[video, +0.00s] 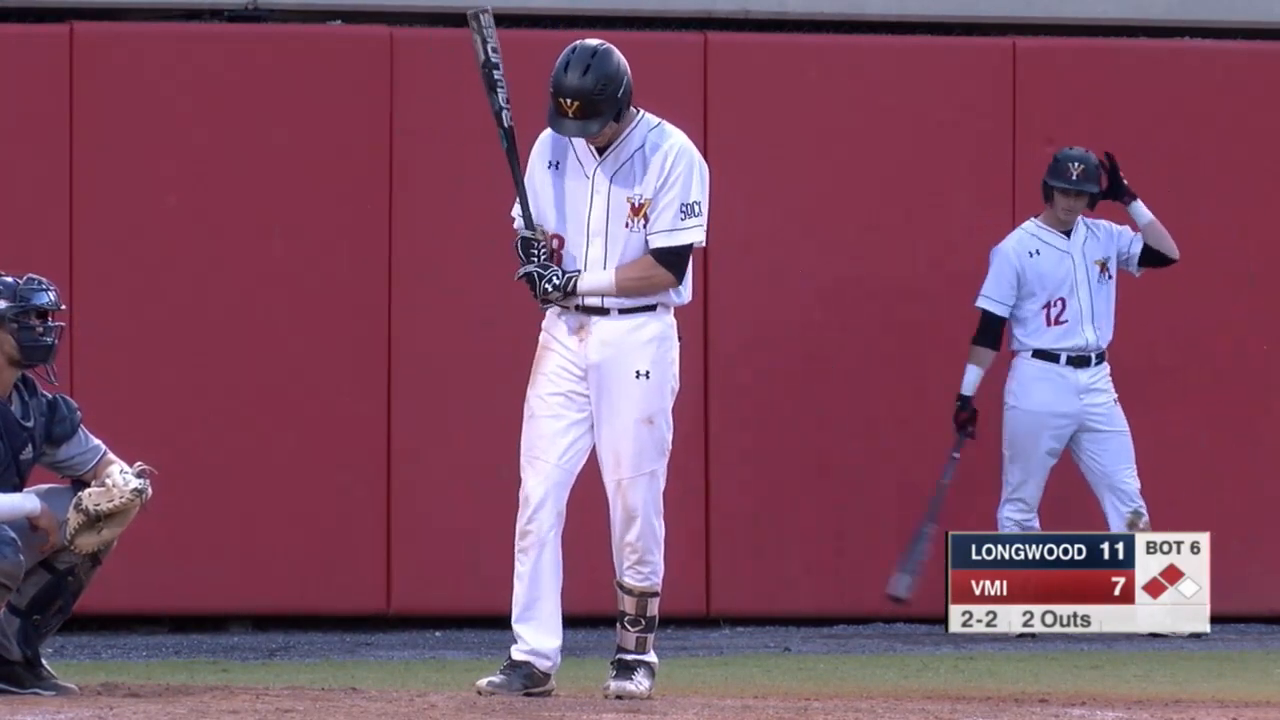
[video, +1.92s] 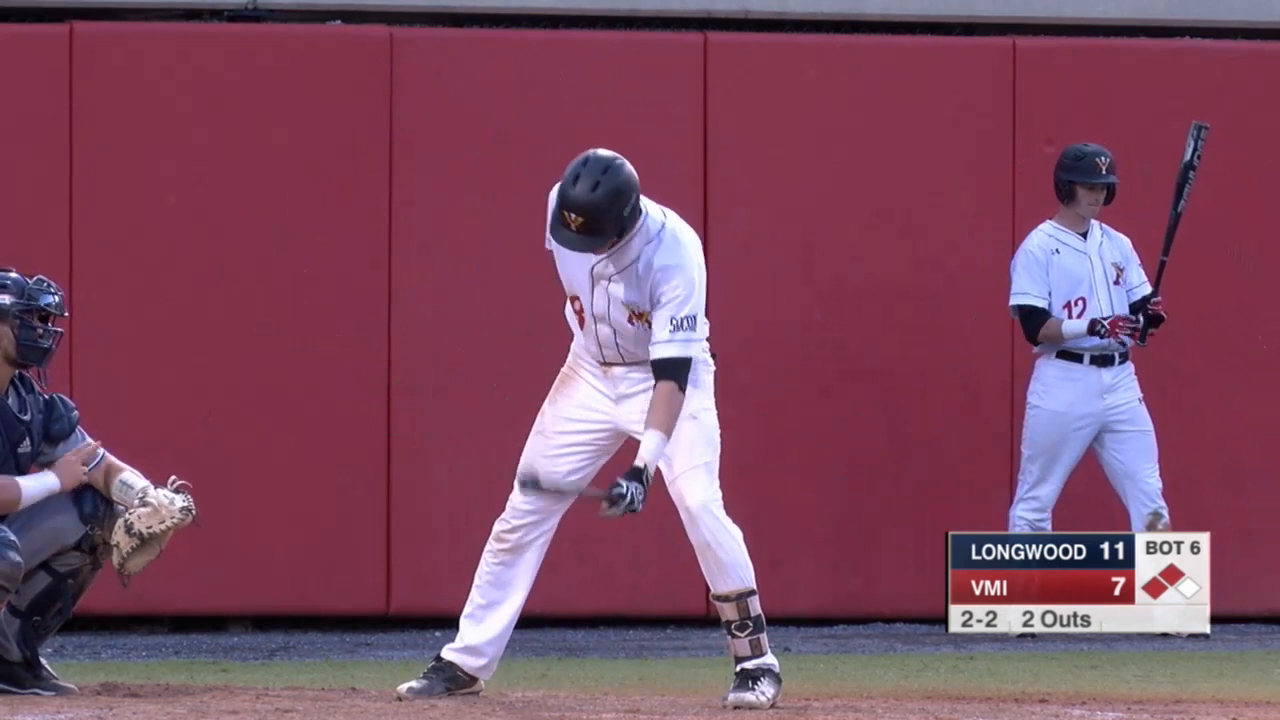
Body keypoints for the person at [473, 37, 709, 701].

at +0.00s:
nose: (581, 137)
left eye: (592, 126)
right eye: (571, 124)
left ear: (622, 106)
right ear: (560, 105)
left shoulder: (672, 153)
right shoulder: (551, 146)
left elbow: (667, 270)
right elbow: (528, 231)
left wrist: (578, 284)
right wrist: (536, 255)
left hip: (637, 341)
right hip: (562, 338)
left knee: (632, 492)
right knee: (538, 494)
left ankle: (634, 652)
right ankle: (532, 657)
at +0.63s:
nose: (515, 138)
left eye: (522, 125)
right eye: (505, 127)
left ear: (551, 109)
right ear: (498, 116)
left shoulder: (608, 149)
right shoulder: (499, 158)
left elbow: (579, 254)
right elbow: (499, 270)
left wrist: (491, 248)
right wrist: (471, 248)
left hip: (602, 348)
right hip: (526, 347)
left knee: (616, 500)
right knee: (493, 502)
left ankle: (633, 651)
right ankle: (463, 659)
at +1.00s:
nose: (430, 143)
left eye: (436, 129)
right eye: (419, 135)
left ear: (460, 104)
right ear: (410, 124)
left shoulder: (532, 137)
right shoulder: (416, 181)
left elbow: (567, 244)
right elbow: (433, 284)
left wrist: (518, 320)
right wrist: (460, 329)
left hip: (566, 340)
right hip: (487, 356)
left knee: (594, 489)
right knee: (463, 508)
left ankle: (635, 613)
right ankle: (460, 661)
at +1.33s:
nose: (440, 150)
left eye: (445, 135)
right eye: (428, 142)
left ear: (469, 111)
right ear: (417, 131)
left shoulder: (541, 145)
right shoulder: (423, 184)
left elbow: (590, 254)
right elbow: (440, 291)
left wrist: (565, 338)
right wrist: (472, 357)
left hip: (583, 331)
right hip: (501, 352)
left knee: (641, 472)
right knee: (470, 510)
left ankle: (715, 634)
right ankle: (461, 661)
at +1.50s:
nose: (480, 172)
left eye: (485, 159)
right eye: (469, 163)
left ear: (511, 137)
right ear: (459, 150)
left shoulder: (580, 169)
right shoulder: (467, 192)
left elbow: (627, 279)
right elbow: (463, 294)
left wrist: (603, 366)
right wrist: (445, 392)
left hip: (618, 353)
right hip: (539, 360)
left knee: (667, 491)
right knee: (484, 508)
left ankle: (744, 655)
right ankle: (461, 661)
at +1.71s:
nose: (543, 212)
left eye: (551, 200)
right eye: (532, 202)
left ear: (580, 176)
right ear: (519, 179)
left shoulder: (639, 207)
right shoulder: (527, 202)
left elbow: (667, 324)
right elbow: (526, 276)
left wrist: (633, 412)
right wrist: (497, 356)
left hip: (660, 374)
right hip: (578, 373)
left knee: (694, 504)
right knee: (513, 510)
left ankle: (755, 661)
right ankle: (462, 664)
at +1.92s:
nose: (583, 247)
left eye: (596, 239)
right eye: (575, 234)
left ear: (627, 220)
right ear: (564, 204)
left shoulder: (674, 253)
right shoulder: (562, 206)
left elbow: (673, 372)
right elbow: (586, 283)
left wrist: (643, 465)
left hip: (666, 377)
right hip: (587, 372)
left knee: (697, 501)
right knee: (526, 506)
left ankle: (754, 661)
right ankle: (463, 663)